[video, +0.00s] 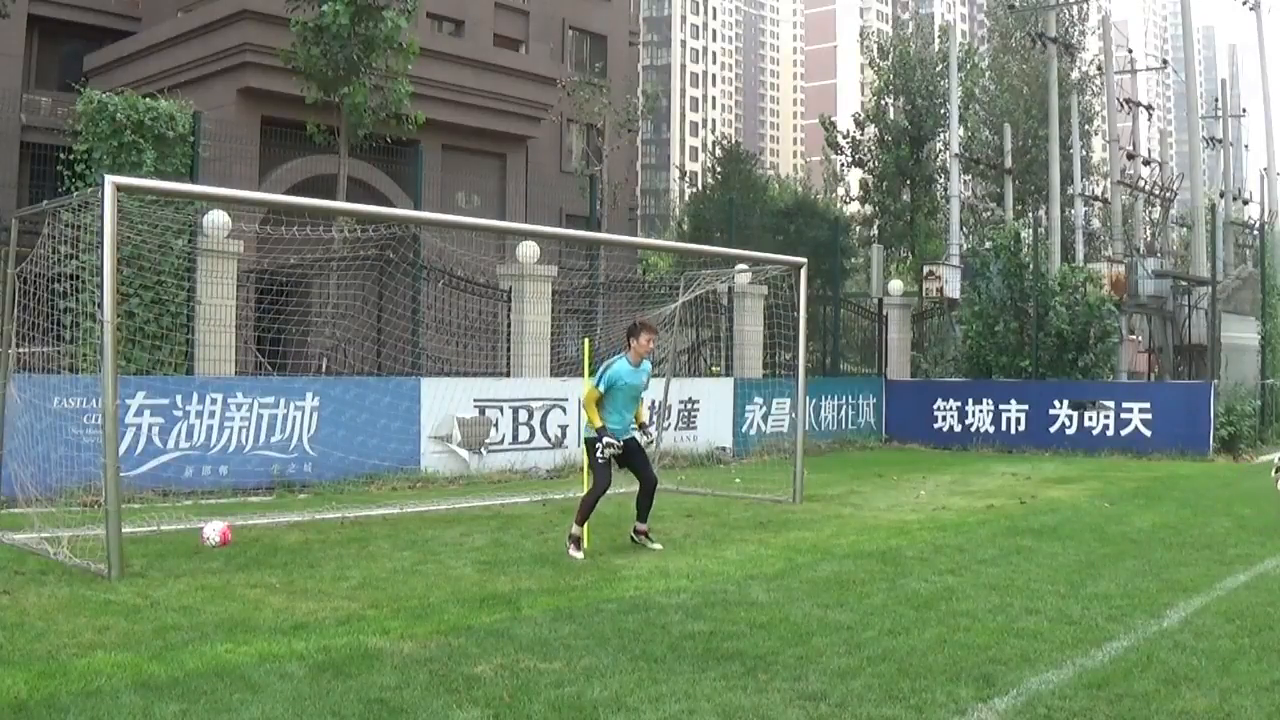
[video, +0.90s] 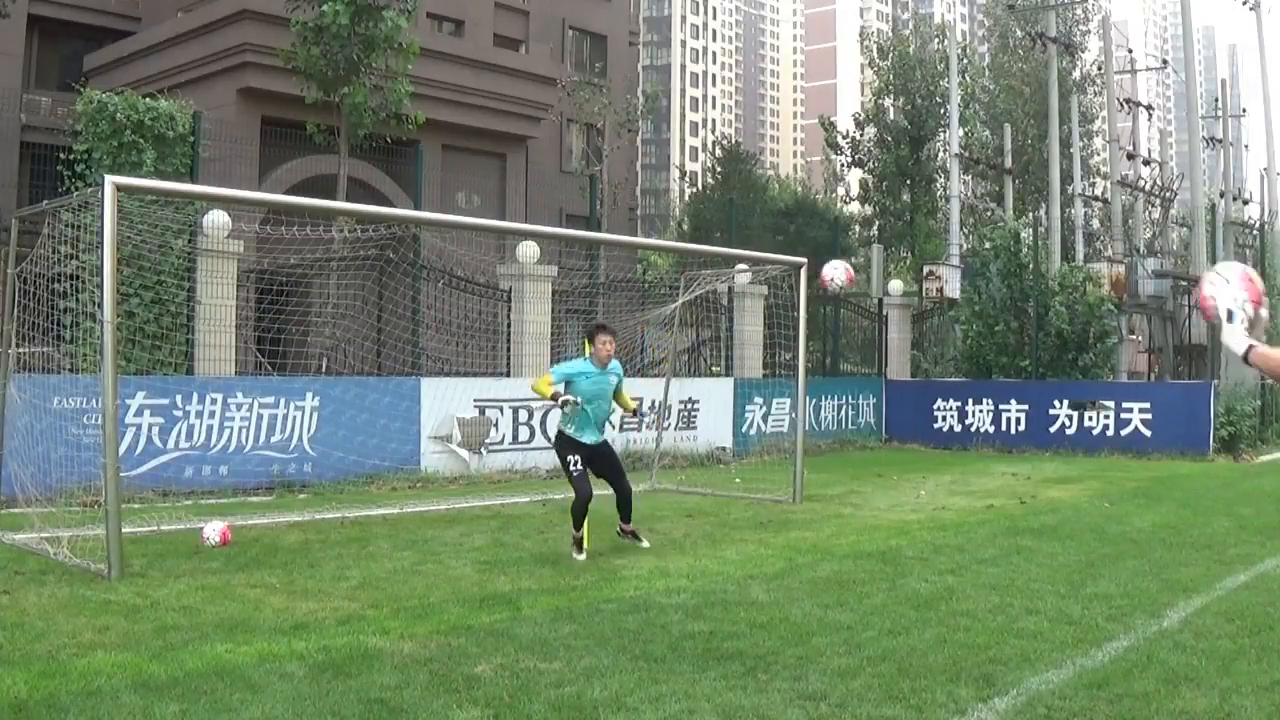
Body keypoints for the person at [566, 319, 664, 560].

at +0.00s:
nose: (652, 346)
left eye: (653, 342)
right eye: (648, 341)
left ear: (652, 344)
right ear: (632, 341)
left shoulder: (646, 368)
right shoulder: (613, 368)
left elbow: (636, 400)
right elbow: (588, 401)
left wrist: (643, 424)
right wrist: (602, 433)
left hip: (626, 435)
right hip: (600, 435)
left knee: (649, 480)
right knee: (602, 483)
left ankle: (640, 531)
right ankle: (575, 535)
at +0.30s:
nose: (652, 346)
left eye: (652, 342)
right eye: (647, 342)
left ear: (648, 346)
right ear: (631, 345)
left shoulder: (650, 371)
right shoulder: (618, 371)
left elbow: (664, 396)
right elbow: (601, 404)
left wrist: (666, 407)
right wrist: (630, 416)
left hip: (627, 443)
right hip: (602, 442)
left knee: (651, 486)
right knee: (601, 492)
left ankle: (638, 537)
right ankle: (573, 541)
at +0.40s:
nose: (649, 338)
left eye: (650, 334)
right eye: (644, 334)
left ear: (650, 339)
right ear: (629, 337)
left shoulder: (651, 359)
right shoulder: (619, 358)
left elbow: (679, 363)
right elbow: (617, 375)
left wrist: (685, 350)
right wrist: (646, 358)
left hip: (627, 436)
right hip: (604, 436)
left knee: (647, 482)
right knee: (595, 489)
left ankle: (638, 536)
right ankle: (572, 539)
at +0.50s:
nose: (641, 324)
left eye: (643, 320)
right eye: (637, 320)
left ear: (644, 323)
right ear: (625, 323)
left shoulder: (648, 343)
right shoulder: (616, 347)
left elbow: (675, 331)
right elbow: (631, 335)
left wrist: (670, 306)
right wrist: (643, 306)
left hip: (632, 423)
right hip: (609, 421)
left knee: (643, 477)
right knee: (594, 482)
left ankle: (641, 529)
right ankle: (567, 533)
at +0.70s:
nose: (629, 350)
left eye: (632, 346)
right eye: (624, 346)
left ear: (635, 349)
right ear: (613, 350)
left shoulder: (639, 366)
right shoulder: (606, 370)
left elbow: (667, 350)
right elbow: (604, 344)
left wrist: (681, 326)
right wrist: (628, 320)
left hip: (630, 443)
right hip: (605, 444)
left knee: (652, 498)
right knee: (603, 495)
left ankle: (647, 536)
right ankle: (575, 536)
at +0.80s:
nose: (622, 354)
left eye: (625, 350)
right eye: (617, 350)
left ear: (628, 353)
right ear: (605, 354)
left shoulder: (634, 374)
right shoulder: (594, 374)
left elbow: (663, 374)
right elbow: (574, 360)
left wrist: (669, 357)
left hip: (625, 450)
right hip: (597, 448)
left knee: (644, 496)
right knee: (600, 496)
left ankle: (646, 537)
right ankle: (592, 543)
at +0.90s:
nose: (609, 349)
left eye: (612, 344)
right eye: (604, 344)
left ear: (614, 346)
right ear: (591, 347)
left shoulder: (616, 369)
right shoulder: (573, 368)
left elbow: (618, 394)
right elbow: (538, 384)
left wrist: (631, 407)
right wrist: (557, 396)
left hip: (597, 443)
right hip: (570, 441)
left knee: (624, 488)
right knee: (584, 494)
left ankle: (626, 528)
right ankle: (577, 534)